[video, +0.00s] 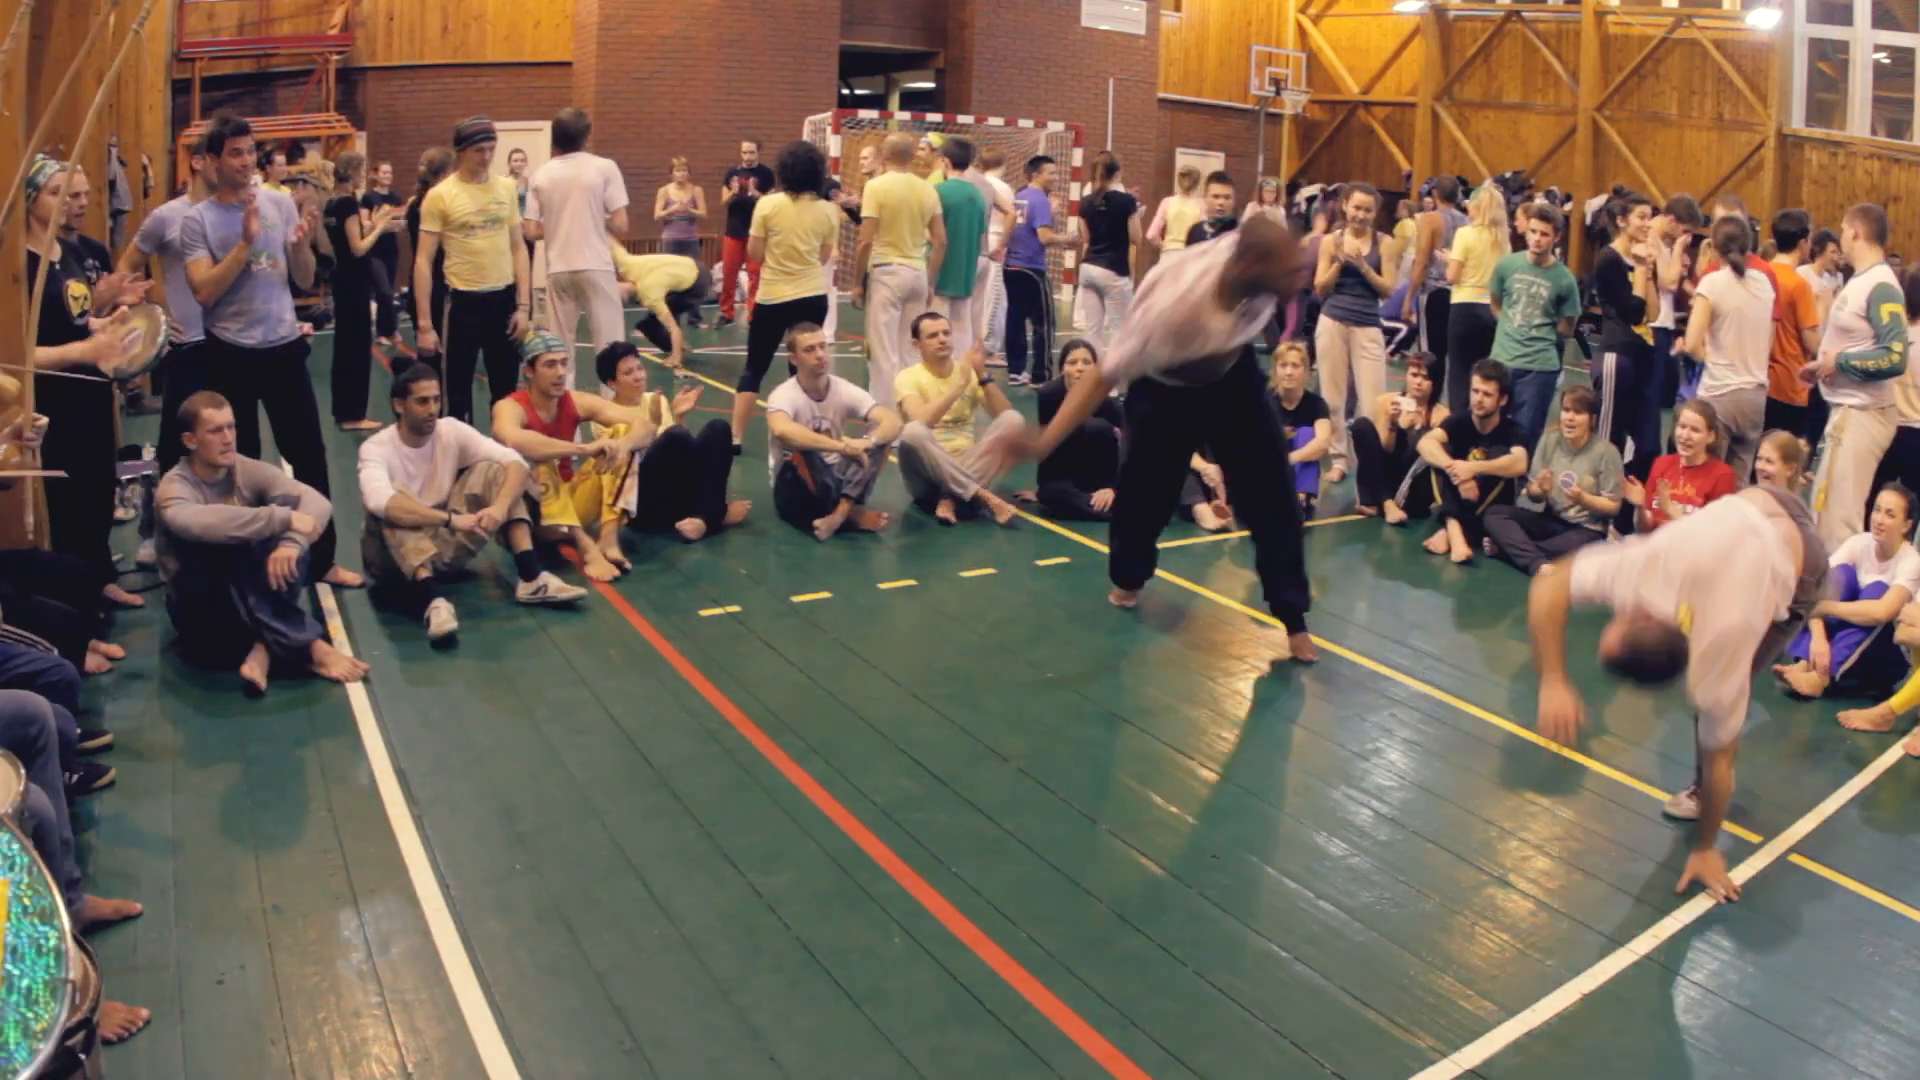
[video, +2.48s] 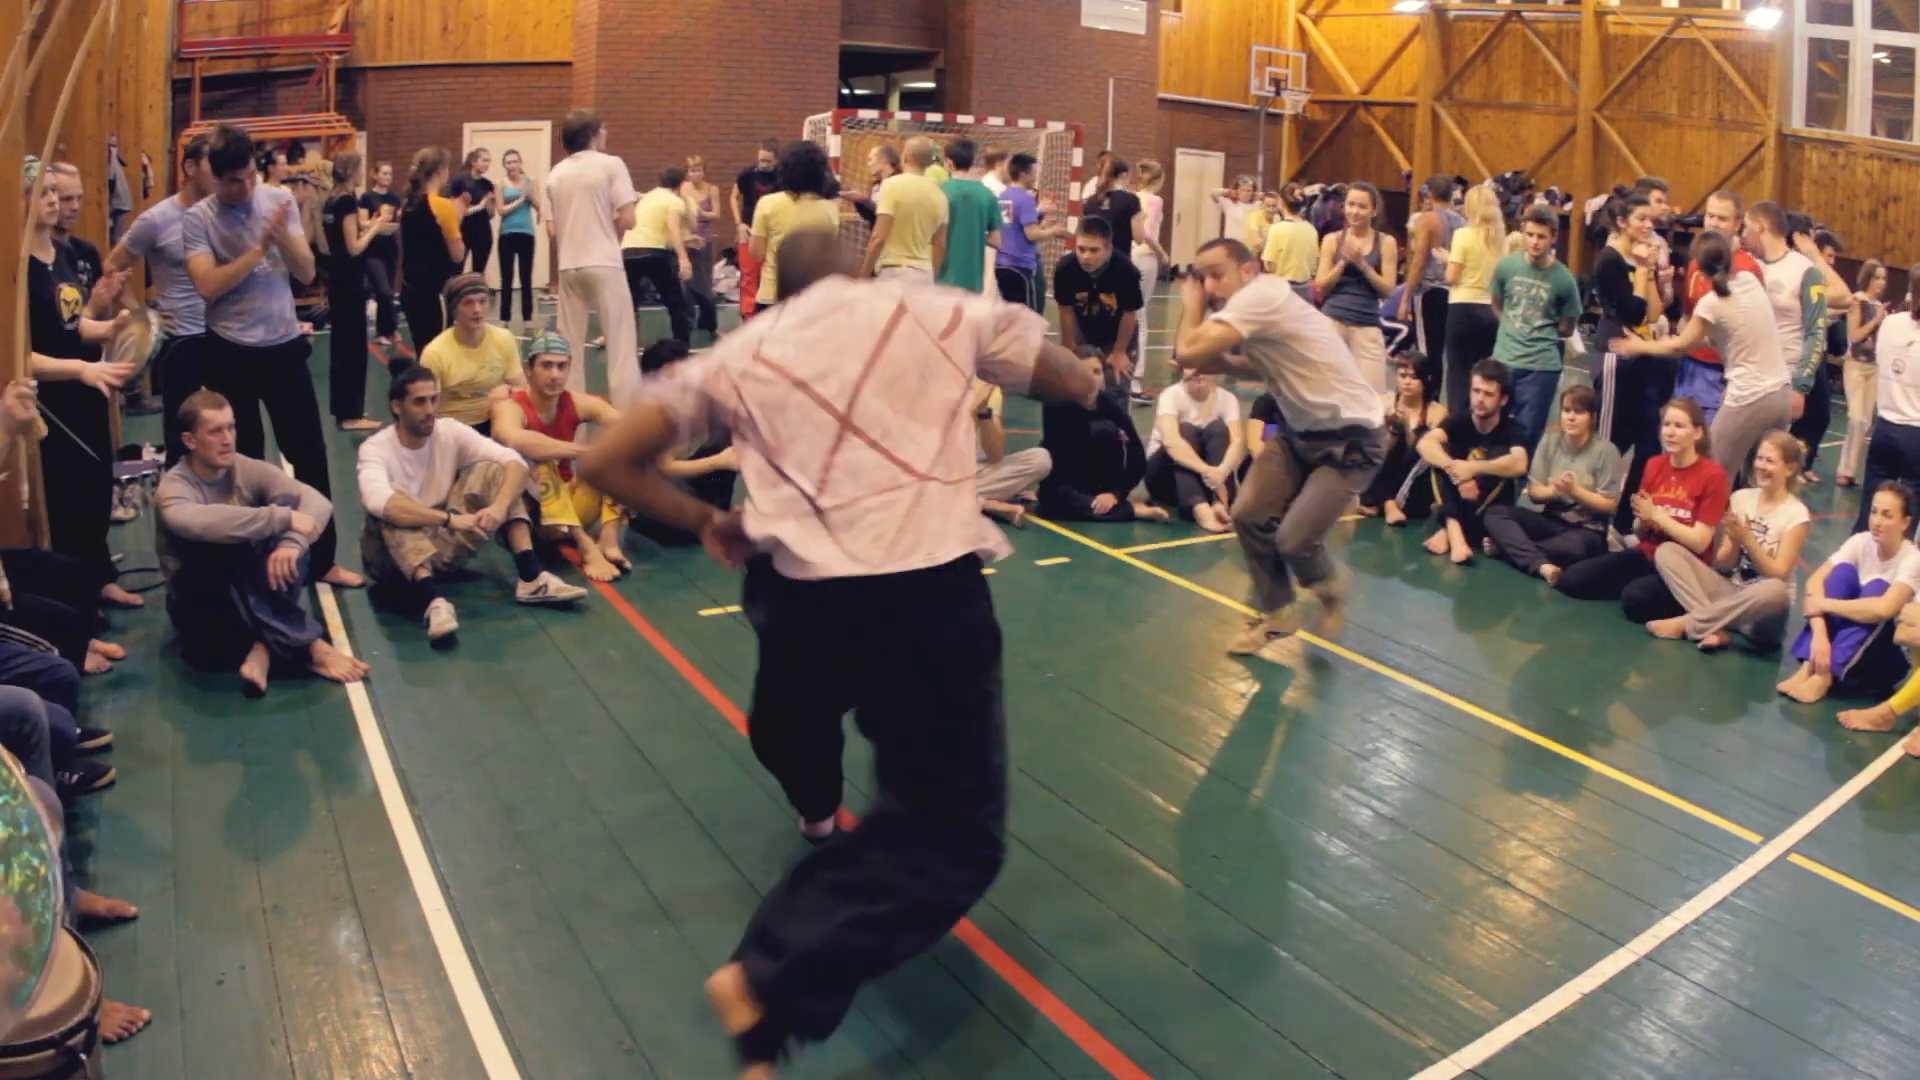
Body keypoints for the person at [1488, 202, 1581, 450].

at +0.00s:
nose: (1537, 239)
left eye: (1544, 234)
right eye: (1533, 232)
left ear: (1556, 238)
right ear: (1526, 232)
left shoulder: (1565, 279)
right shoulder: (1505, 265)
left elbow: (1567, 328)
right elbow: (1495, 307)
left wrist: (1537, 332)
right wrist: (1516, 327)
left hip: (1540, 362)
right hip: (1502, 356)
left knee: (1525, 433)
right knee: (1491, 427)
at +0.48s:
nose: (1540, 241)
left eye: (1547, 236)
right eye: (1536, 234)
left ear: (1557, 238)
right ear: (1526, 232)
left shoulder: (1565, 278)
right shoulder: (1505, 265)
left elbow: (1567, 328)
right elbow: (1495, 307)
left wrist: (1538, 331)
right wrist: (1515, 327)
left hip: (1540, 363)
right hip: (1502, 356)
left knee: (1524, 436)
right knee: (1491, 429)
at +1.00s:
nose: (1537, 241)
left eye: (1544, 236)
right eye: (1532, 234)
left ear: (1554, 239)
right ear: (1524, 234)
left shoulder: (1564, 280)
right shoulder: (1505, 264)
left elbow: (1567, 327)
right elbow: (1493, 304)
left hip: (1541, 346)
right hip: (1504, 338)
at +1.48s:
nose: (1534, 242)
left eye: (1541, 236)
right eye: (1530, 234)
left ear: (1553, 239)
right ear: (1522, 234)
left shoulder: (1563, 280)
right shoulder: (1504, 266)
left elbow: (1568, 325)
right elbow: (1495, 303)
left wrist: (1540, 333)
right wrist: (1514, 326)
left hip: (1539, 361)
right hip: (1503, 355)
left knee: (1526, 432)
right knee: (1490, 425)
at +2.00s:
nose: (1533, 241)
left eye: (1540, 236)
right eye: (1529, 234)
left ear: (1552, 239)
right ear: (1522, 234)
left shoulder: (1563, 280)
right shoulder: (1504, 266)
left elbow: (1568, 324)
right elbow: (1495, 306)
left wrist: (1539, 331)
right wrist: (1514, 327)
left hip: (1541, 360)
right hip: (1503, 355)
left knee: (1527, 431)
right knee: (1492, 424)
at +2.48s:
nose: (1534, 242)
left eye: (1541, 236)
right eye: (1530, 235)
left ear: (1553, 238)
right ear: (1522, 234)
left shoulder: (1563, 279)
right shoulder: (1505, 266)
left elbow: (1568, 325)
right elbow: (1496, 304)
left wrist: (1542, 334)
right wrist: (1515, 327)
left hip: (1541, 361)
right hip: (1504, 355)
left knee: (1527, 432)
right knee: (1493, 424)